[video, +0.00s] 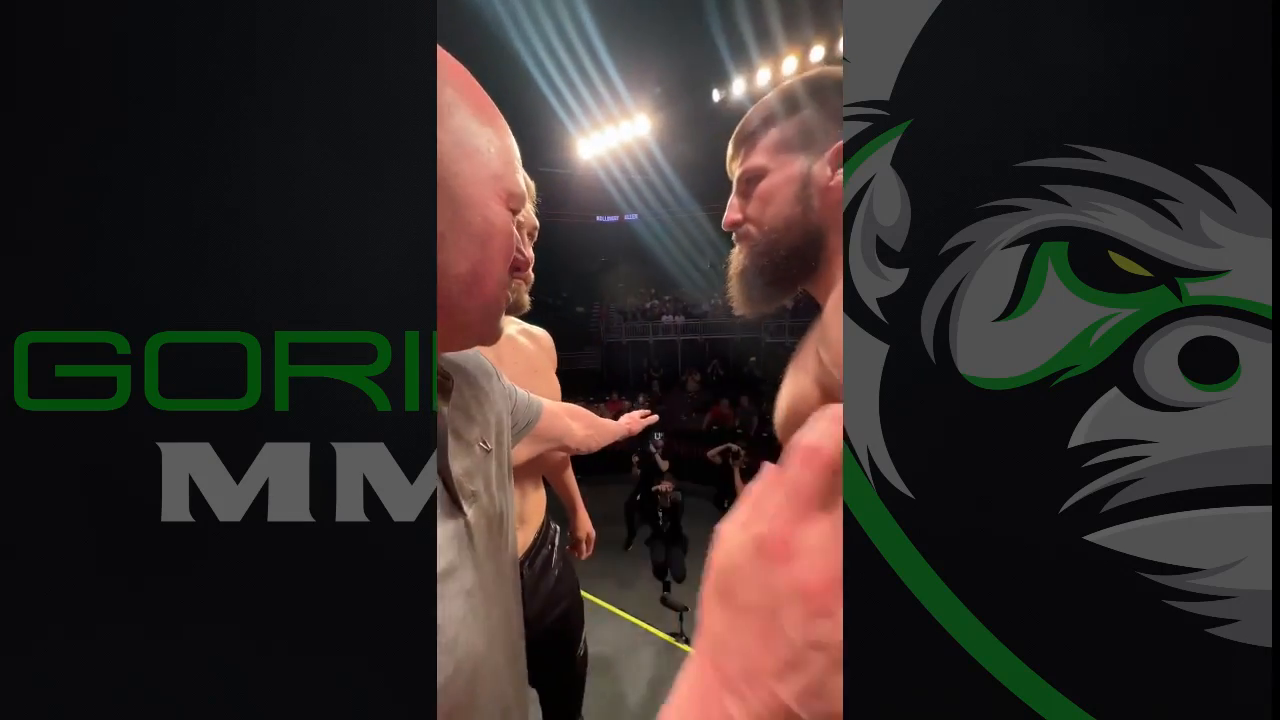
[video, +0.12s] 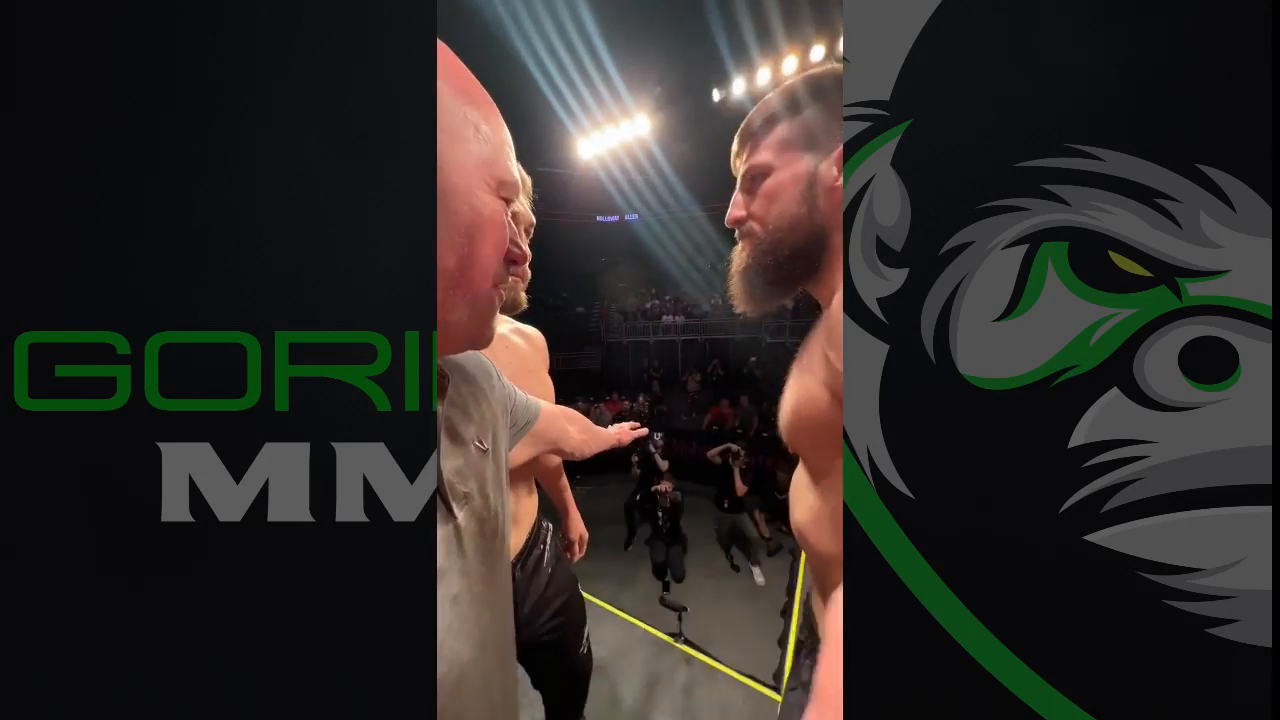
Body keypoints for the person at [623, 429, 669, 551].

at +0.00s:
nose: (659, 443)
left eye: (660, 440)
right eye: (656, 440)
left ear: (663, 442)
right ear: (651, 442)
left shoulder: (666, 454)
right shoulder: (644, 454)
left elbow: (664, 467)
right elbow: (635, 475)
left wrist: (656, 454)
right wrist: (635, 465)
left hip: (656, 486)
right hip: (642, 485)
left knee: (651, 511)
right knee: (629, 505)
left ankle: (658, 535)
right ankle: (631, 535)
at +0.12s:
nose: (658, 443)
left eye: (660, 440)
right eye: (655, 441)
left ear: (663, 442)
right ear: (650, 442)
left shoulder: (664, 454)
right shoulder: (643, 455)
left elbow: (664, 467)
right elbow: (635, 475)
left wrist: (655, 453)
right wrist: (634, 465)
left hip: (657, 485)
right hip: (643, 484)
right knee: (629, 504)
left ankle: (657, 532)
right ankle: (631, 534)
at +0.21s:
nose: (658, 443)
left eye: (660, 440)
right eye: (655, 441)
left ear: (663, 441)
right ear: (650, 442)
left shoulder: (665, 453)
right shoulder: (645, 455)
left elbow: (664, 467)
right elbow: (635, 475)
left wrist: (655, 453)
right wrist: (634, 465)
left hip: (657, 486)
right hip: (643, 485)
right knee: (628, 504)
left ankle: (656, 533)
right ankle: (631, 534)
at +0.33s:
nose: (659, 443)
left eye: (661, 440)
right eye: (656, 440)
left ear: (664, 441)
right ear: (651, 441)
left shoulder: (666, 454)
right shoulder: (645, 454)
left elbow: (664, 467)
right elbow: (635, 476)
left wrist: (655, 453)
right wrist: (635, 465)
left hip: (658, 485)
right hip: (644, 485)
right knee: (629, 505)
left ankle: (656, 533)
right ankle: (631, 534)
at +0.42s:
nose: (659, 444)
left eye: (661, 441)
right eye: (656, 441)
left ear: (664, 442)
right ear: (652, 442)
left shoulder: (667, 454)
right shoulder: (646, 455)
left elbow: (665, 467)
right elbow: (636, 476)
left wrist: (656, 453)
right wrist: (636, 465)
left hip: (659, 485)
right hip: (644, 485)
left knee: (653, 508)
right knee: (630, 505)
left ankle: (657, 533)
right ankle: (632, 534)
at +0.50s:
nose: (660, 443)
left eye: (662, 440)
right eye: (657, 440)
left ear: (665, 442)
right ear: (653, 442)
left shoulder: (667, 454)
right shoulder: (647, 455)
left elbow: (665, 467)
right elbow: (637, 476)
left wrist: (657, 453)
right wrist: (636, 465)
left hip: (659, 485)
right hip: (645, 484)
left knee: (656, 508)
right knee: (631, 505)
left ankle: (658, 533)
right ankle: (633, 535)